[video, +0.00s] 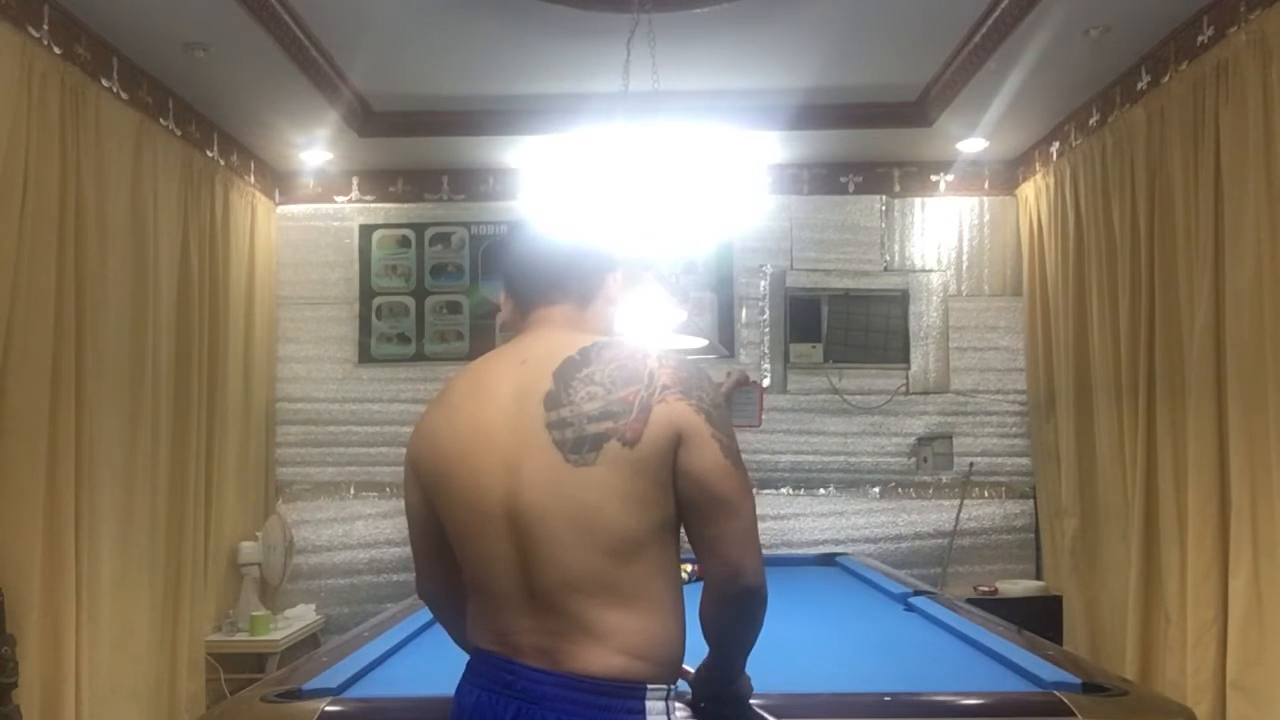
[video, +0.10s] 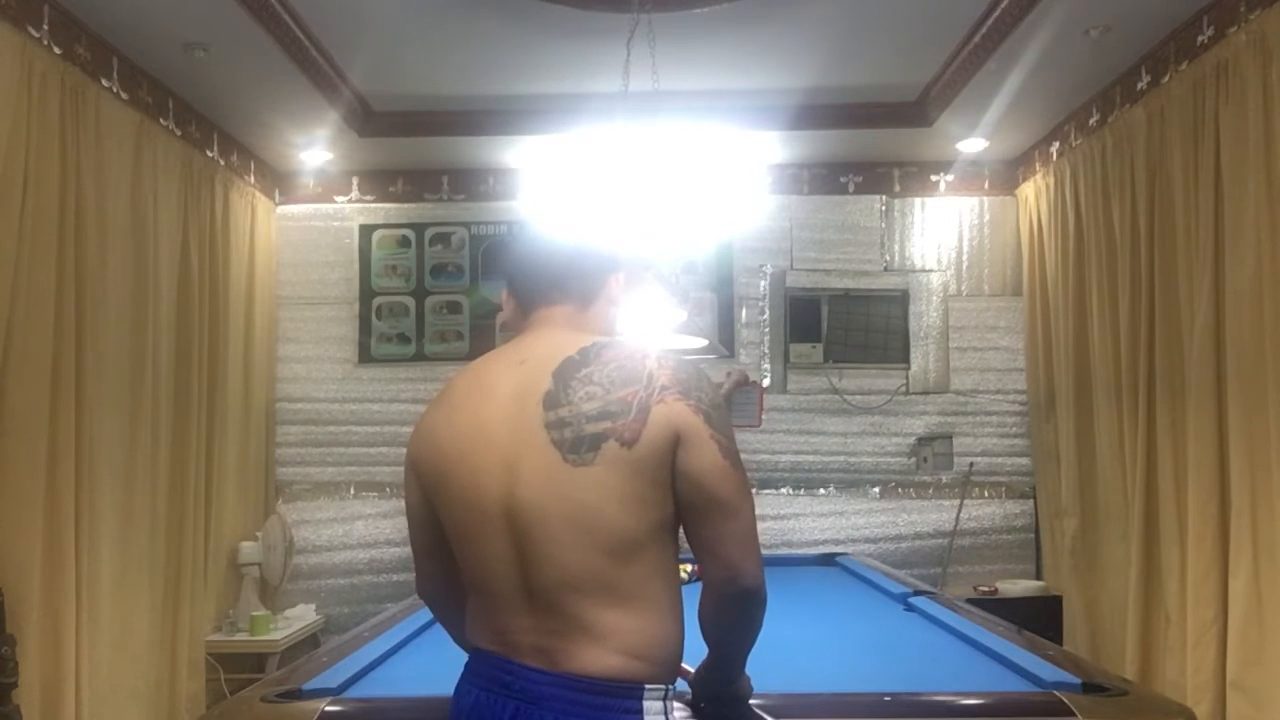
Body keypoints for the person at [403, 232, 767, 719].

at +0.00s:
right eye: (630, 282)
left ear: (507, 303)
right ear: (613, 285)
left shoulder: (443, 409)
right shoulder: (668, 385)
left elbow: (437, 585)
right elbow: (739, 578)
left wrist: (502, 658)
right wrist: (723, 673)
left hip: (486, 697)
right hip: (626, 703)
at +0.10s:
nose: (499, 309)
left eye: (501, 295)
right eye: (632, 284)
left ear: (509, 298)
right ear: (616, 285)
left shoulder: (444, 407)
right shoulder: (668, 386)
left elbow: (436, 583)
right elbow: (738, 580)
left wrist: (500, 657)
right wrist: (722, 674)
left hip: (485, 697)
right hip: (624, 703)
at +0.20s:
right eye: (635, 284)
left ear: (511, 299)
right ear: (617, 286)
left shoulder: (444, 407)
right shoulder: (666, 386)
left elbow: (436, 583)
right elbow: (737, 579)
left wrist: (501, 656)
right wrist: (722, 674)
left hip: (483, 696)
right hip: (623, 702)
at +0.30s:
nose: (640, 298)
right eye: (636, 284)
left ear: (512, 299)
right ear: (618, 286)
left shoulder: (445, 406)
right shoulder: (665, 386)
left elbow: (436, 583)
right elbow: (737, 581)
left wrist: (500, 656)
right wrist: (722, 675)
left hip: (482, 696)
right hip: (621, 702)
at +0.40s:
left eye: (506, 293)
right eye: (636, 285)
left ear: (513, 296)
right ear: (621, 287)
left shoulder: (444, 406)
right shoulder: (666, 387)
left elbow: (436, 583)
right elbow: (736, 582)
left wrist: (500, 657)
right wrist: (722, 675)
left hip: (481, 696)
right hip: (620, 702)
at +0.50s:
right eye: (639, 290)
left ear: (520, 298)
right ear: (626, 290)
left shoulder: (444, 404)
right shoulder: (664, 387)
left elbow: (436, 583)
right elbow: (734, 584)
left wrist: (498, 656)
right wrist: (722, 675)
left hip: (481, 696)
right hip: (619, 702)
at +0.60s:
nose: (642, 304)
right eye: (642, 290)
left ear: (528, 296)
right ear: (630, 292)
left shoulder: (445, 404)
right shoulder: (665, 389)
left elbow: (435, 582)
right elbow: (734, 586)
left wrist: (498, 654)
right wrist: (721, 675)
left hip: (480, 696)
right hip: (618, 702)